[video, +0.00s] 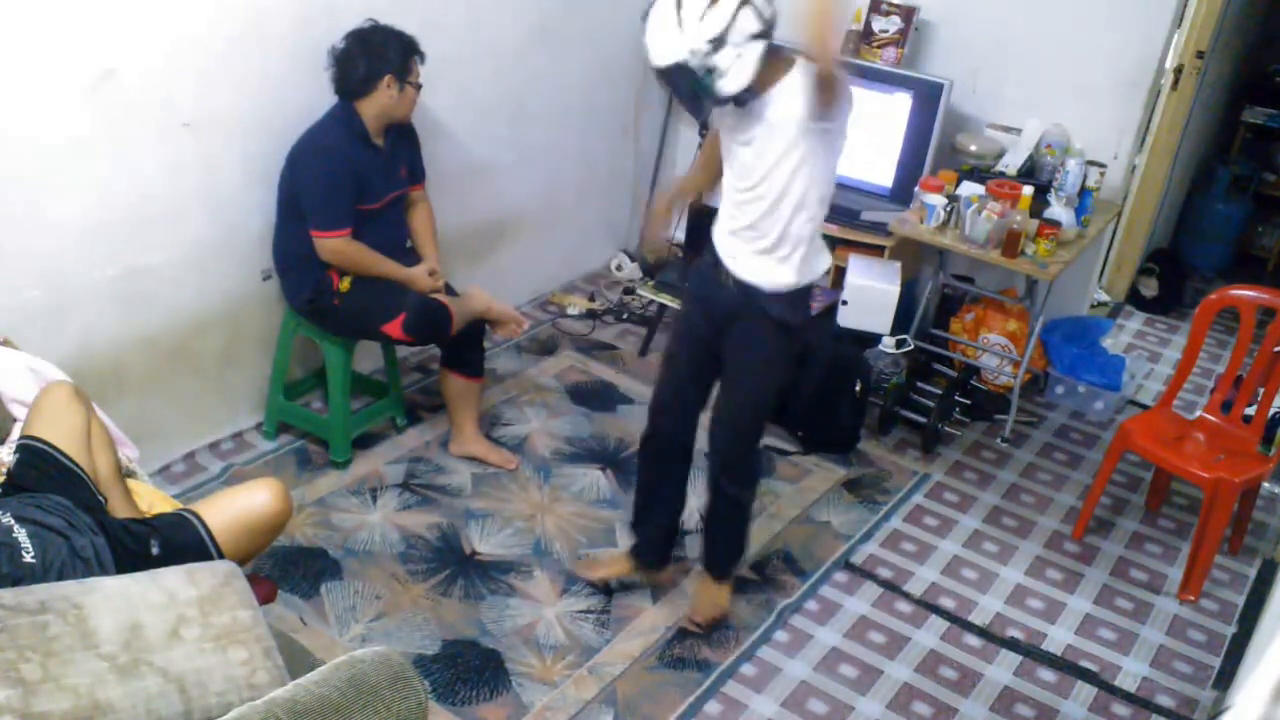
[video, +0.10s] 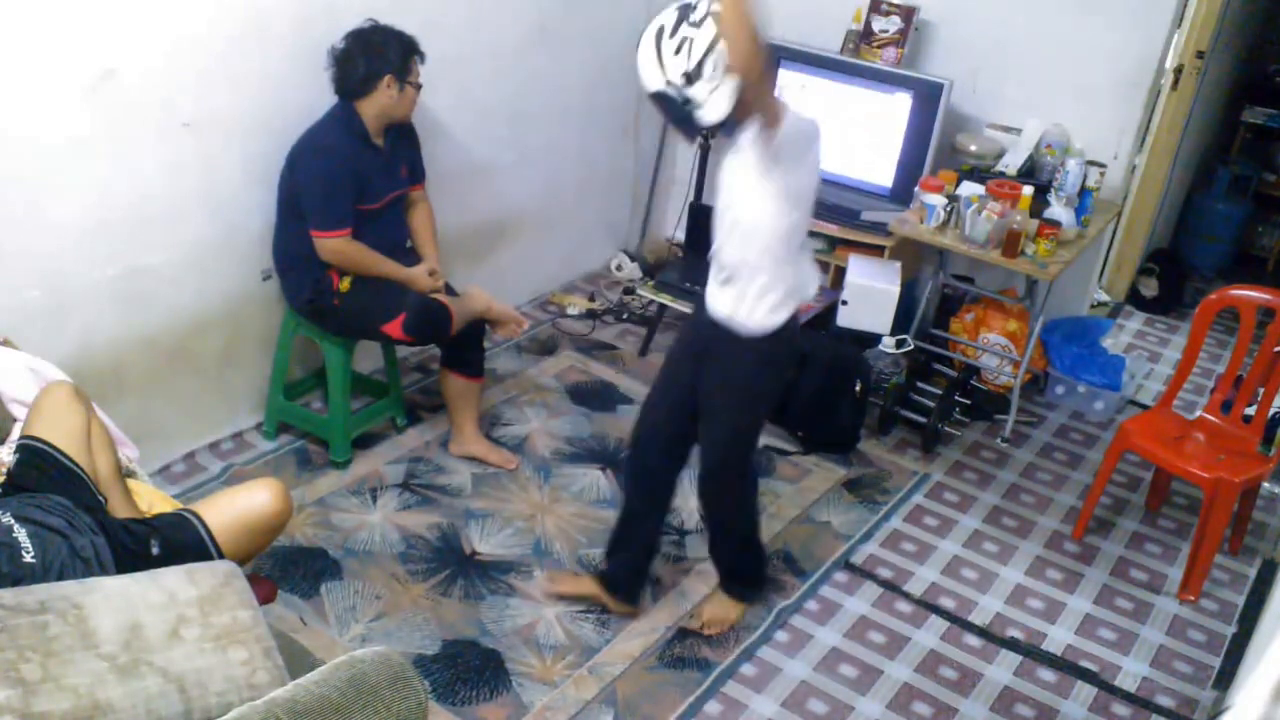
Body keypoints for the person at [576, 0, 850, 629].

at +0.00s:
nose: (710, 80)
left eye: (713, 66)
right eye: (701, 70)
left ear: (742, 41)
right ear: (702, 59)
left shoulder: (819, 98)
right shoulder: (731, 94)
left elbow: (826, 69)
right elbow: (708, 166)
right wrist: (671, 199)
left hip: (776, 301)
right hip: (714, 279)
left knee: (732, 442)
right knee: (668, 419)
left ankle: (717, 576)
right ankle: (650, 551)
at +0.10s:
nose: (720, 82)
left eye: (728, 69)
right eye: (714, 72)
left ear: (764, 76)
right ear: (719, 82)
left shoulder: (796, 135)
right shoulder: (730, 131)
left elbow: (750, 71)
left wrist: (727, 5)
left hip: (765, 334)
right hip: (714, 317)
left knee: (723, 469)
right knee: (653, 445)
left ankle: (741, 584)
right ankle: (619, 582)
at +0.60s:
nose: (619, 74)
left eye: (628, 61)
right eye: (616, 61)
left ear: (658, 60)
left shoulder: (691, 129)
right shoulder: (657, 105)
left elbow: (575, 105)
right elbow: (728, 46)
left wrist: (521, 16)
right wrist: (724, 11)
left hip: (663, 315)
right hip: (608, 296)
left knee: (669, 449)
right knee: (551, 405)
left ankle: (723, 553)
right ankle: (567, 500)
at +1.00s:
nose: (647, 85)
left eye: (666, 78)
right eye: (644, 68)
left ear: (683, 71)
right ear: (621, 37)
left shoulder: (669, 111)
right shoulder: (550, 61)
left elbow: (728, 199)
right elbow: (526, 3)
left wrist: (813, 254)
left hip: (611, 286)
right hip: (533, 282)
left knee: (631, 432)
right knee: (526, 428)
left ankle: (627, 565)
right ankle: (528, 544)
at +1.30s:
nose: (614, 29)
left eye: (625, 22)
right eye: (609, 18)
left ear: (644, 26)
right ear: (583, 7)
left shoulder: (645, 48)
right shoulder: (525, 41)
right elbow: (427, 7)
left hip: (613, 266)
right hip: (529, 266)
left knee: (613, 427)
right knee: (513, 423)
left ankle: (612, 556)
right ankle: (509, 549)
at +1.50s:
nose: (587, 126)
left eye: (604, 109)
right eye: (569, 108)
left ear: (626, 94)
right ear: (538, 93)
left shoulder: (632, 121)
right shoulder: (511, 132)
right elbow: (490, 61)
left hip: (608, 346)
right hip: (522, 344)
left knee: (621, 502)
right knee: (474, 490)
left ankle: (606, 586)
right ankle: (479, 598)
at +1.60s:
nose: (583, 93)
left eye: (596, 76)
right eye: (565, 77)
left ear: (621, 66)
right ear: (534, 75)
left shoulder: (644, 95)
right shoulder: (516, 120)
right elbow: (471, 94)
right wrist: (517, 4)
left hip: (624, 321)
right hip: (538, 323)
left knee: (629, 489)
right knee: (499, 477)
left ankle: (615, 575)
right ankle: (479, 597)